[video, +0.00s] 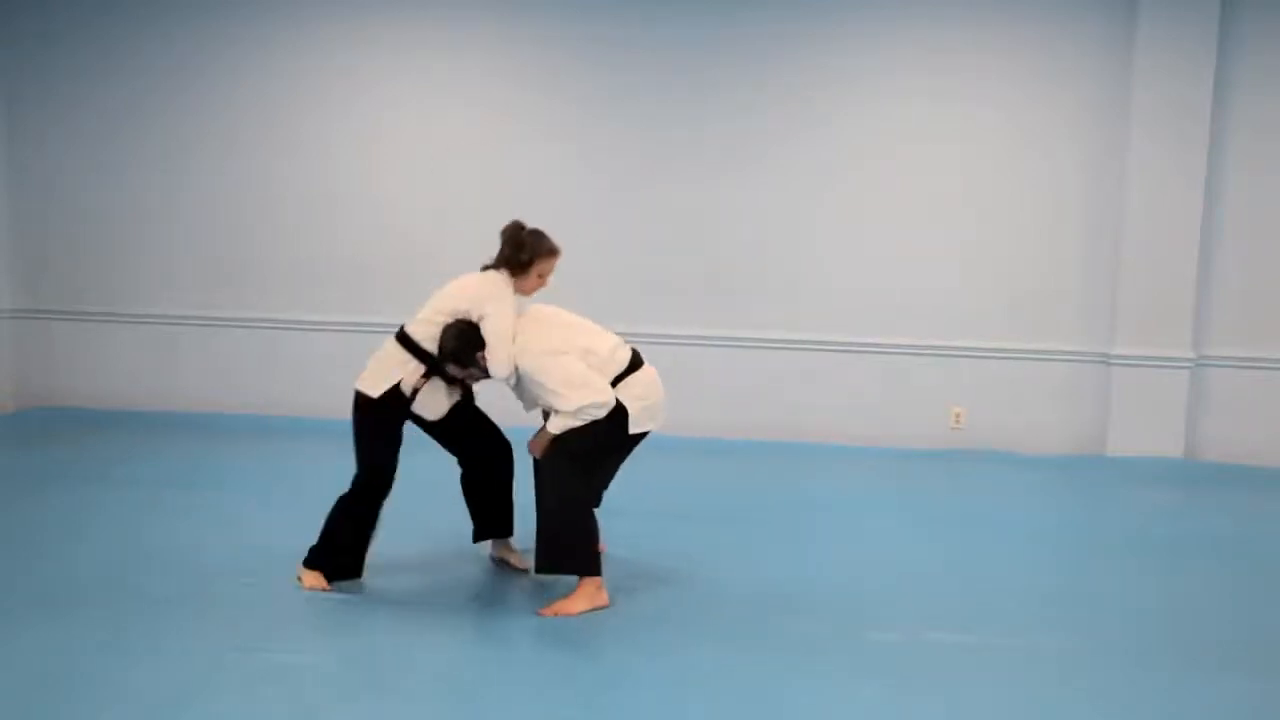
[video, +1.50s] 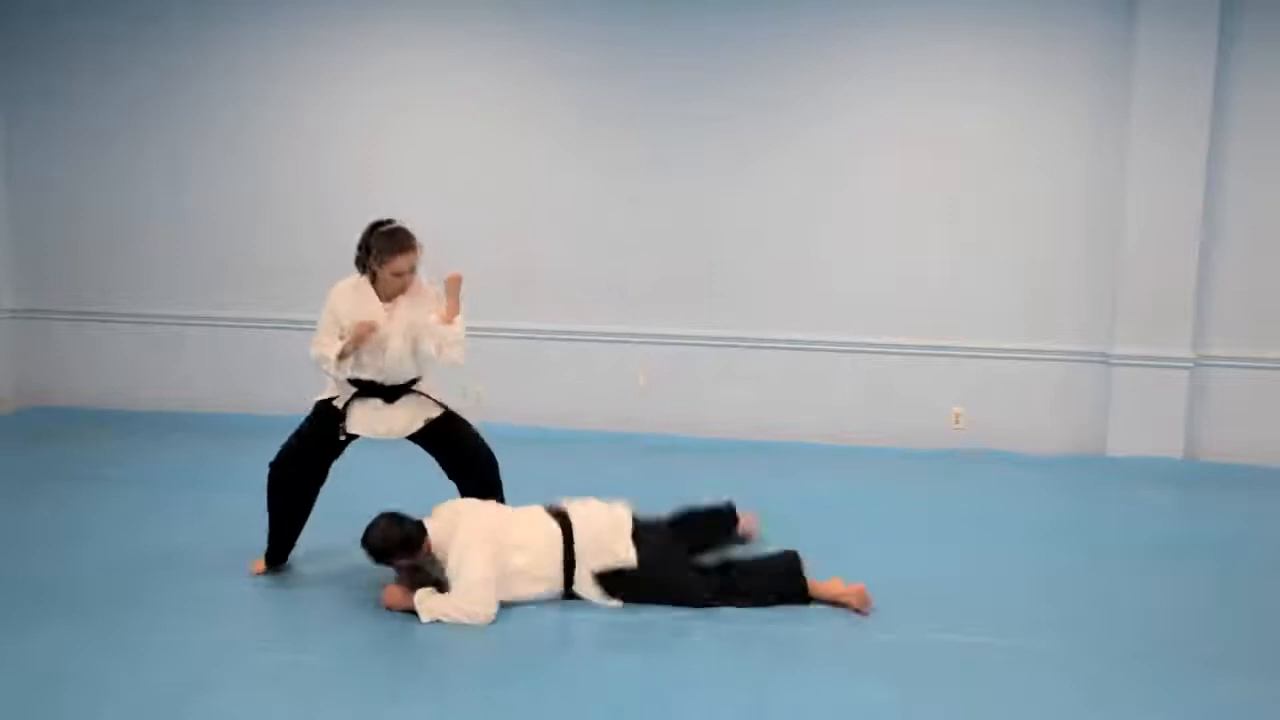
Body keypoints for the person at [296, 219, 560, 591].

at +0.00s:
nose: (545, 283)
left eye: (548, 275)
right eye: (542, 274)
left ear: (514, 262)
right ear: (520, 266)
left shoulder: (489, 285)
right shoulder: (497, 292)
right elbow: (501, 367)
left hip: (429, 389)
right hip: (385, 387)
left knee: (492, 451)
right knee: (374, 481)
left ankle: (500, 541)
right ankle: (317, 566)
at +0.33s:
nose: (529, 282)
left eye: (531, 274)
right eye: (524, 274)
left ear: (501, 270)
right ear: (498, 269)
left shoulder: (494, 302)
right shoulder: (480, 298)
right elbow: (486, 375)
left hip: (433, 404)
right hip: (391, 401)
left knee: (492, 464)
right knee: (379, 498)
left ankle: (506, 551)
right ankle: (319, 569)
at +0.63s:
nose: (502, 220)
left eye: (506, 212)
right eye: (496, 212)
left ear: (509, 207)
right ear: (473, 202)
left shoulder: (496, 228)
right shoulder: (453, 227)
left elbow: (533, 200)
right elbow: (467, 290)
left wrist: (560, 158)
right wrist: (479, 334)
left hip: (472, 373)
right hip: (420, 370)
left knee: (497, 463)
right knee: (382, 466)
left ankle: (509, 552)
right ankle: (321, 558)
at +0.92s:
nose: (479, 230)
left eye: (483, 222)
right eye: (470, 225)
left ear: (491, 212)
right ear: (448, 217)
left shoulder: (498, 238)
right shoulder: (426, 233)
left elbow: (536, 237)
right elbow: (388, 271)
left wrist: (518, 195)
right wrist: (429, 277)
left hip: (469, 372)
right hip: (410, 366)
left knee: (501, 459)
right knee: (351, 447)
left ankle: (507, 558)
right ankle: (285, 531)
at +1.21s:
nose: (442, 308)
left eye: (447, 299)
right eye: (434, 301)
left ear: (451, 294)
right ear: (406, 296)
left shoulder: (451, 322)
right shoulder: (376, 320)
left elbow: (491, 341)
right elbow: (353, 378)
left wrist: (472, 293)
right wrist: (393, 383)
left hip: (420, 421)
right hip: (360, 419)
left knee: (477, 463)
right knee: (294, 471)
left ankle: (504, 550)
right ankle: (270, 556)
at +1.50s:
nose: (408, 281)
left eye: (412, 272)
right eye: (399, 275)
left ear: (417, 262)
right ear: (373, 268)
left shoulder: (424, 296)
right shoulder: (345, 296)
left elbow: (449, 354)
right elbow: (323, 355)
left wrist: (452, 308)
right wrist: (349, 344)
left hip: (409, 400)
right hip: (350, 401)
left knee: (478, 461)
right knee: (290, 467)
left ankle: (497, 553)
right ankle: (276, 555)